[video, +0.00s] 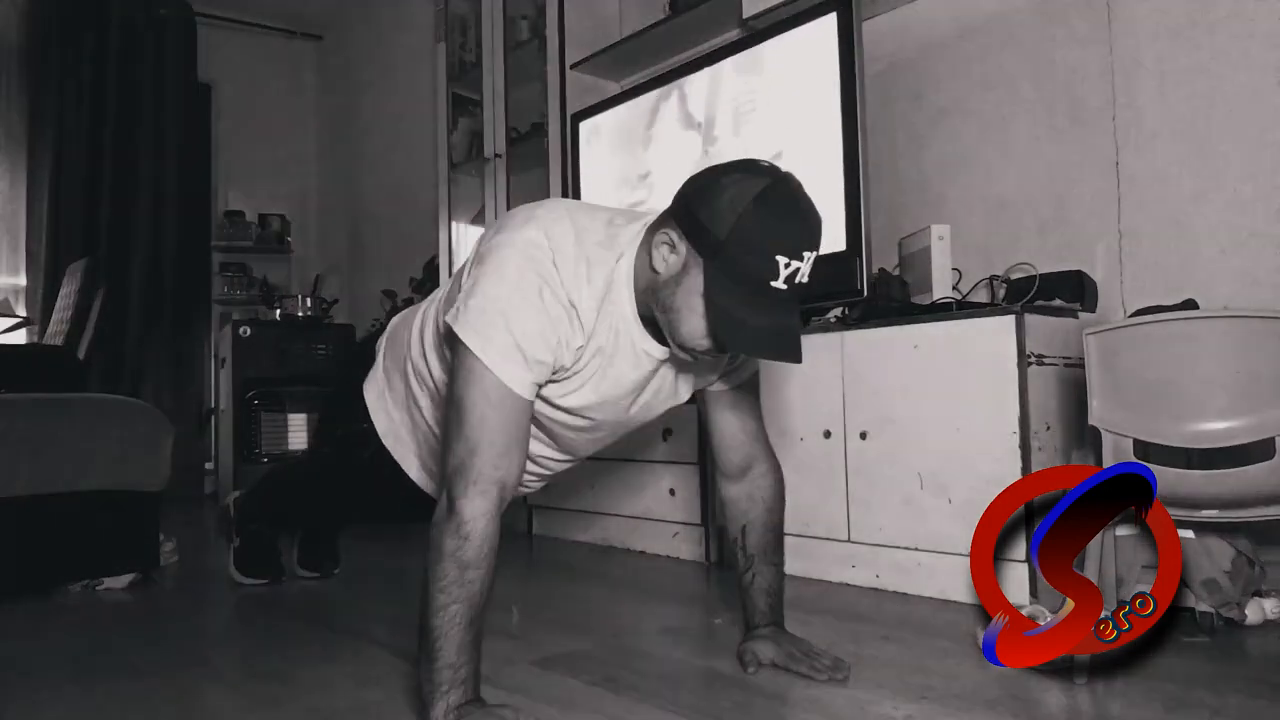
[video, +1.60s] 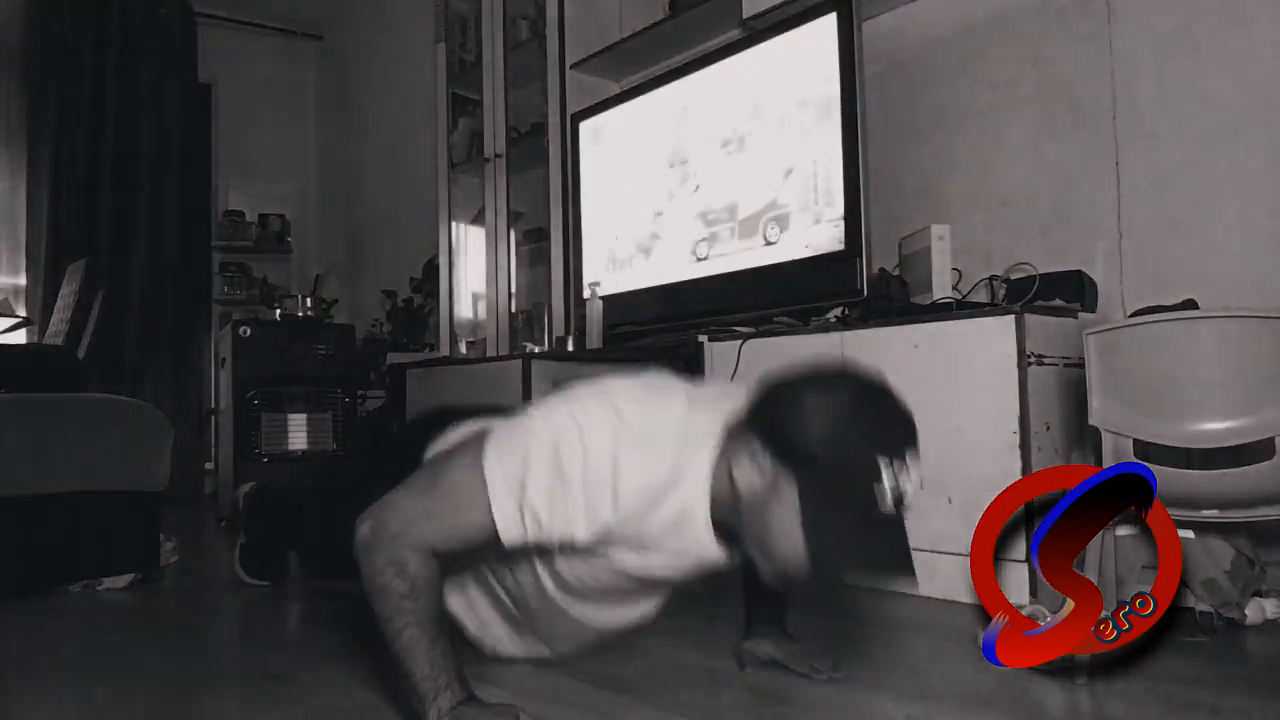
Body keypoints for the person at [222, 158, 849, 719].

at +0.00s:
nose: (734, 351)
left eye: (752, 333)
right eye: (728, 319)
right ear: (669, 253)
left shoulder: (718, 316)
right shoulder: (536, 260)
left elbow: (746, 471)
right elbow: (473, 496)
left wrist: (765, 630)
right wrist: (450, 700)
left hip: (499, 461)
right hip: (404, 417)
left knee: (373, 505)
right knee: (319, 485)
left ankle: (313, 525)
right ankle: (250, 518)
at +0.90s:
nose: (753, 353)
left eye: (765, 335)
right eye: (745, 324)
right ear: (686, 264)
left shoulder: (724, 329)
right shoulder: (546, 276)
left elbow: (749, 468)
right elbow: (449, 502)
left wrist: (766, 627)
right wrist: (449, 697)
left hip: (485, 451)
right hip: (402, 411)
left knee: (368, 492)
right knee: (319, 483)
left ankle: (314, 524)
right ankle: (251, 522)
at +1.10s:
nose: (776, 534)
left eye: (795, 520)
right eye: (775, 510)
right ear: (742, 445)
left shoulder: (780, 409)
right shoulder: (585, 401)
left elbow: (776, 513)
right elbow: (396, 528)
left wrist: (765, 625)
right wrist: (446, 702)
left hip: (523, 483)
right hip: (432, 438)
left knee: (358, 509)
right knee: (324, 494)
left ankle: (303, 543)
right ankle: (255, 521)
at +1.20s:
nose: (809, 624)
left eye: (830, 608)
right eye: (807, 599)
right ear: (757, 531)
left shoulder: (800, 482)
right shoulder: (615, 467)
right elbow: (394, 528)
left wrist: (771, 637)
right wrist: (444, 702)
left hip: (528, 485)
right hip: (430, 469)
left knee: (354, 532)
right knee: (321, 519)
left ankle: (277, 533)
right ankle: (254, 521)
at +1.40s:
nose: (842, 698)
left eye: (863, 680)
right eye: (840, 670)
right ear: (781, 595)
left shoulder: (825, 520)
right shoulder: (629, 533)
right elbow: (402, 533)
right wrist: (444, 702)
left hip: (550, 498)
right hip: (450, 540)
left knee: (388, 509)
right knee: (345, 538)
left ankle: (318, 496)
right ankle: (273, 517)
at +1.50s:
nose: (832, 654)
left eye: (851, 635)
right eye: (832, 627)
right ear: (776, 555)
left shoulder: (811, 506)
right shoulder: (626, 505)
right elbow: (395, 533)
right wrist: (446, 702)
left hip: (546, 489)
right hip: (446, 514)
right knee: (324, 532)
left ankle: (286, 524)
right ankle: (263, 529)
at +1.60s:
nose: (816, 552)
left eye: (835, 536)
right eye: (816, 526)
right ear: (759, 470)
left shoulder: (768, 463)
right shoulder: (604, 448)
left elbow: (769, 534)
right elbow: (384, 533)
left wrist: (760, 632)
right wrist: (445, 702)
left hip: (528, 495)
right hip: (432, 483)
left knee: (352, 517)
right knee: (318, 528)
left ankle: (277, 530)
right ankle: (256, 529)